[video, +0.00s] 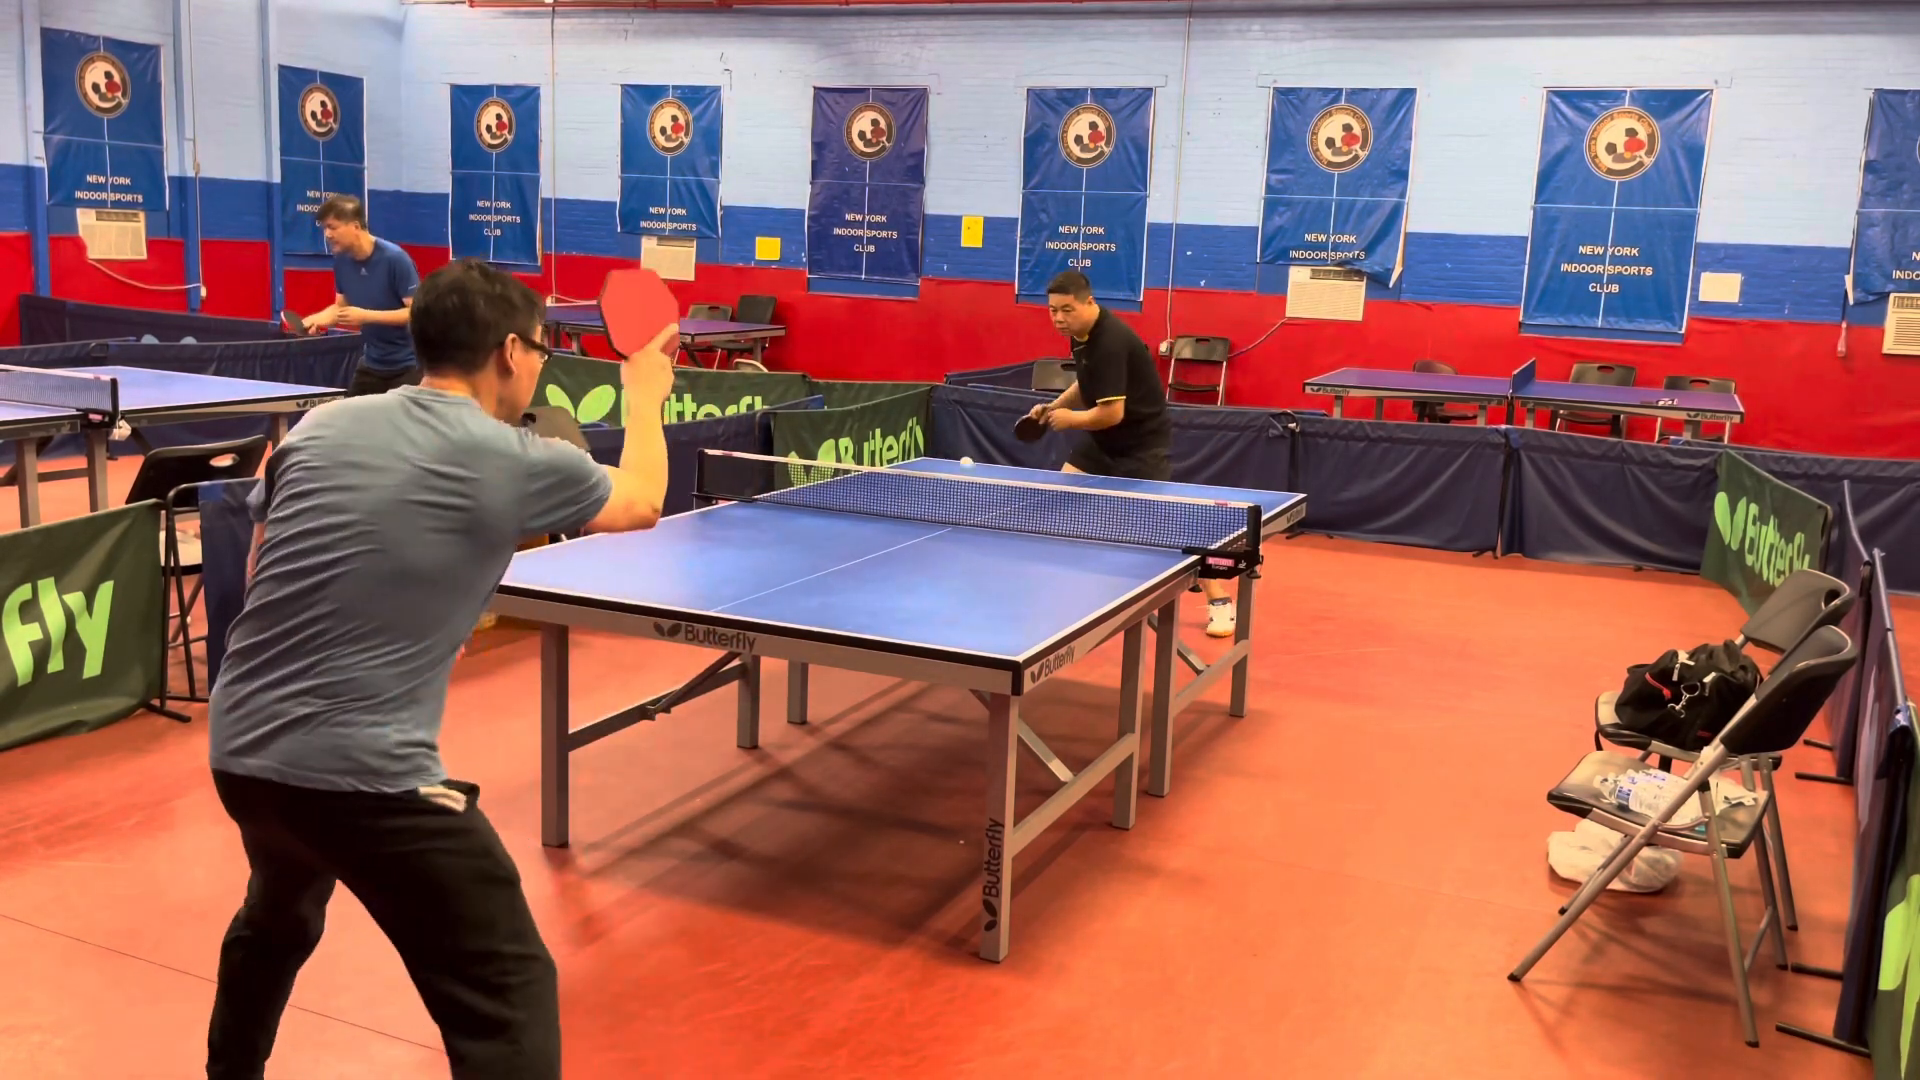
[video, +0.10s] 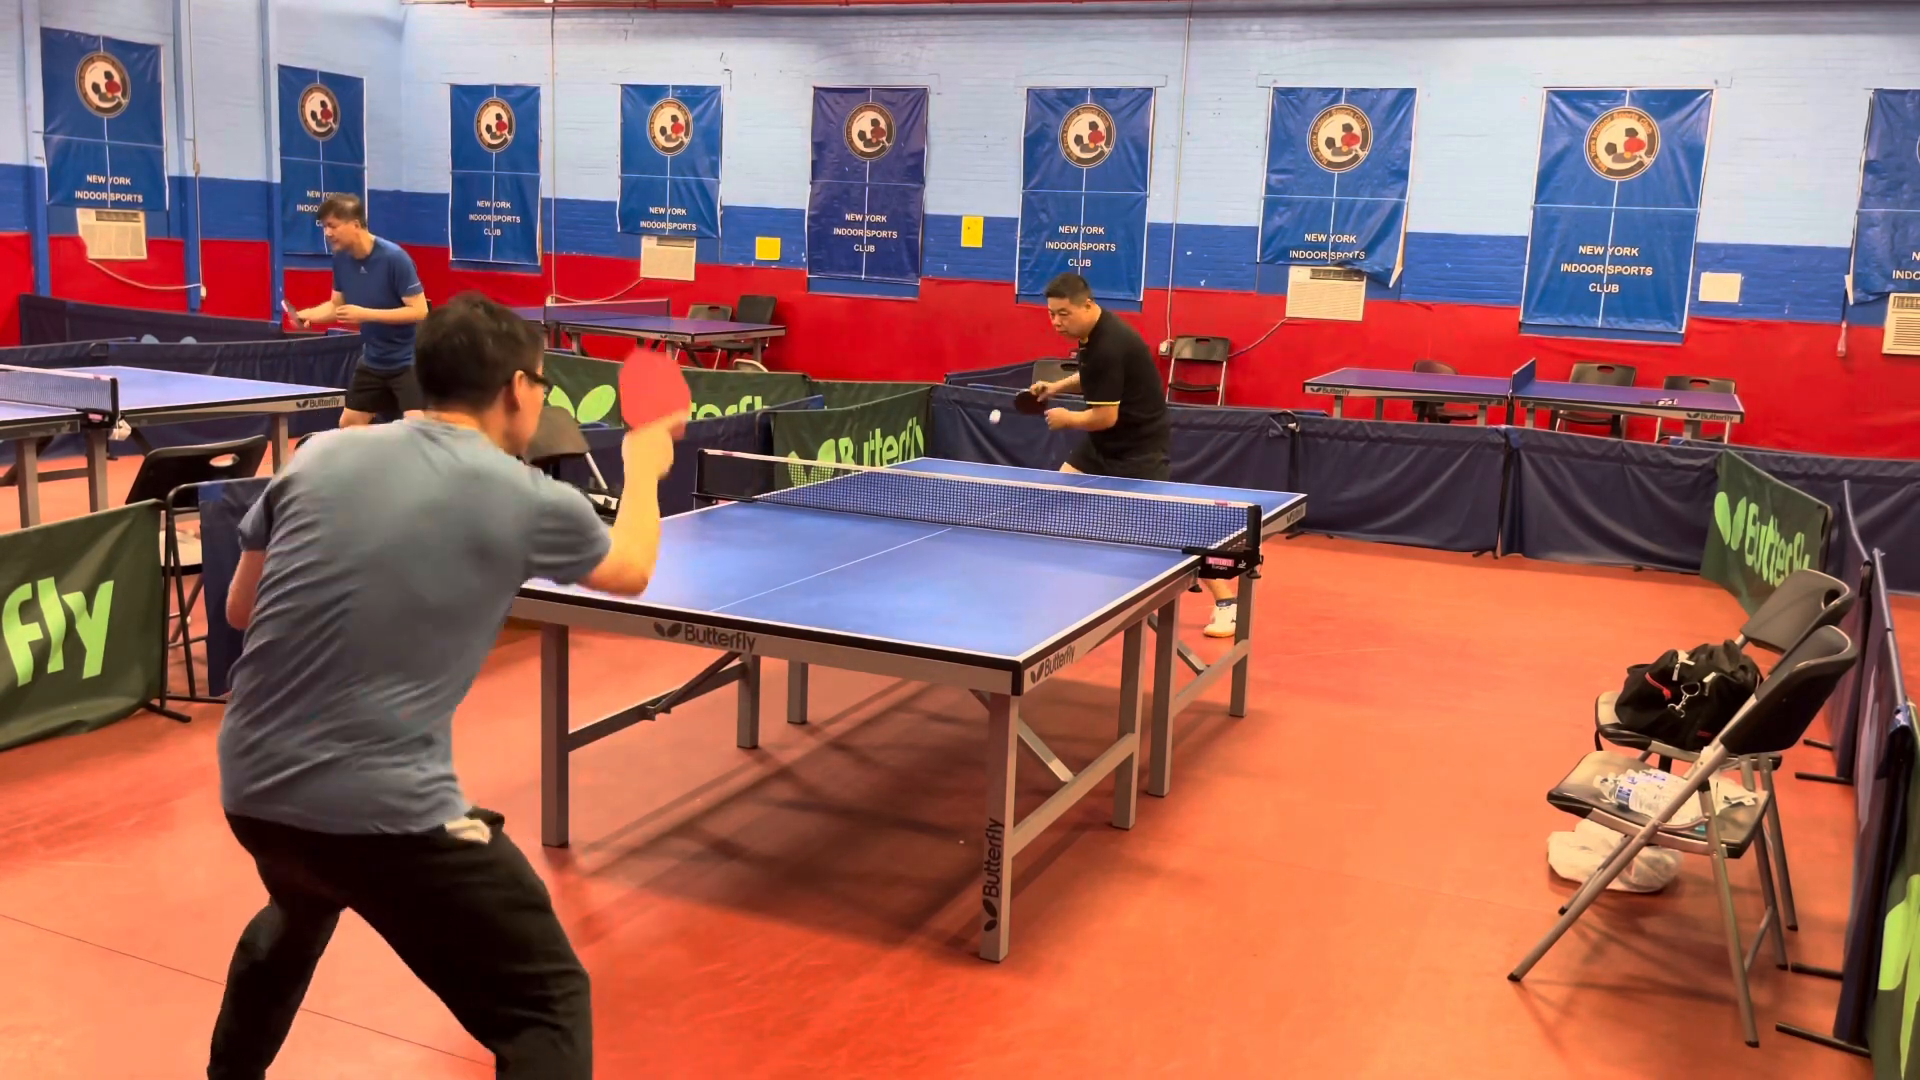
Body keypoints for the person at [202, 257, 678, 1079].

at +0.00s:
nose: (539, 372)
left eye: (540, 352)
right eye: (537, 352)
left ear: (424, 346)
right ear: (505, 354)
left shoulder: (317, 424)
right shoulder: (505, 457)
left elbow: (265, 559)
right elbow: (638, 499)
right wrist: (647, 392)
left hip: (243, 756)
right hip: (371, 773)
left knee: (275, 916)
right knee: (507, 989)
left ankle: (228, 1073)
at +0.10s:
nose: (540, 404)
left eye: (539, 385)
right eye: (538, 385)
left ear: (428, 383)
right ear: (513, 390)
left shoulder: (318, 454)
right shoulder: (515, 493)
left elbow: (241, 607)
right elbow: (631, 569)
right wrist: (644, 469)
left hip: (253, 796)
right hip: (389, 813)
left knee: (300, 904)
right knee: (547, 1003)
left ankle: (229, 1070)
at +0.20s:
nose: (567, 426)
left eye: (568, 407)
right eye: (566, 407)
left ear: (458, 403)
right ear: (544, 412)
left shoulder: (341, 472)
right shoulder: (543, 528)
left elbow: (253, 617)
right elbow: (603, 676)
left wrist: (366, 617)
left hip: (257, 800)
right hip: (388, 819)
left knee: (317, 916)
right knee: (559, 1006)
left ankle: (230, 1073)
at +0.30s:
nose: (610, 420)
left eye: (611, 401)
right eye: (610, 402)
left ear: (500, 394)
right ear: (588, 408)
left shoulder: (384, 454)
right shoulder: (557, 535)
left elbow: (289, 587)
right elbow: (539, 733)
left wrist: (396, 638)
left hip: (251, 767)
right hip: (367, 796)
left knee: (309, 922)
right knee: (536, 1006)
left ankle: (226, 1072)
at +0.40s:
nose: (642, 438)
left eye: (644, 419)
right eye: (642, 419)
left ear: (529, 405)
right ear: (614, 427)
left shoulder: (446, 461)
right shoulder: (530, 538)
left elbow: (387, 602)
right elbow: (450, 733)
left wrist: (501, 661)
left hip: (262, 757)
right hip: (341, 792)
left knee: (328, 909)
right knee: (512, 1005)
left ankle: (221, 1072)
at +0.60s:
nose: (601, 425)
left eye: (603, 406)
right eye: (598, 405)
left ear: (494, 394)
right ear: (556, 407)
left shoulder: (429, 465)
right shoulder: (452, 518)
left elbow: (407, 618)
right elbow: (392, 707)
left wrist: (532, 662)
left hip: (283, 772)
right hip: (343, 796)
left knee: (354, 916)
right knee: (511, 1008)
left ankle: (231, 1070)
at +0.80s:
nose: (527, 327)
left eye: (525, 308)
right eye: (520, 308)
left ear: (404, 310)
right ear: (480, 314)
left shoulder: (306, 397)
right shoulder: (489, 430)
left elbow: (293, 539)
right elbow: (630, 494)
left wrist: (422, 587)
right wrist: (645, 394)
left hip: (230, 734)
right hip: (342, 758)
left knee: (254, 948)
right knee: (453, 997)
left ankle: (213, 1073)